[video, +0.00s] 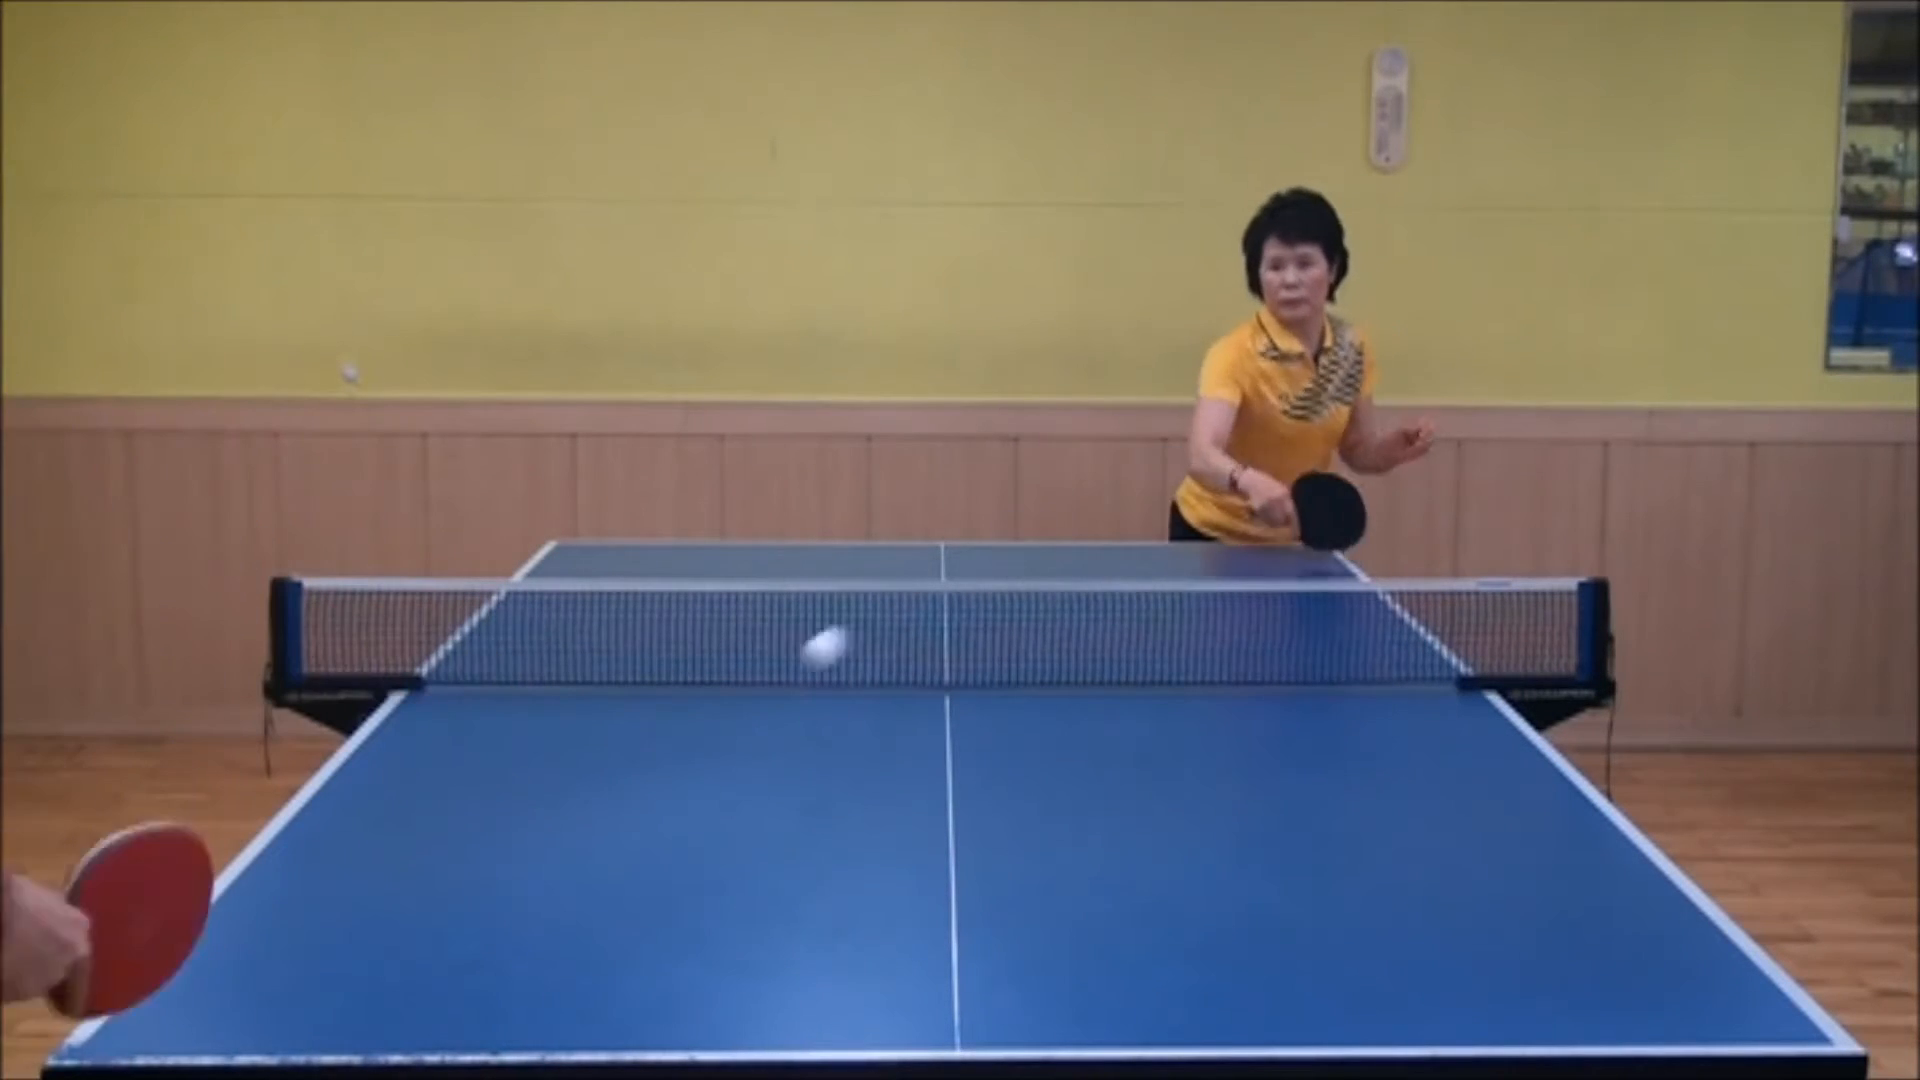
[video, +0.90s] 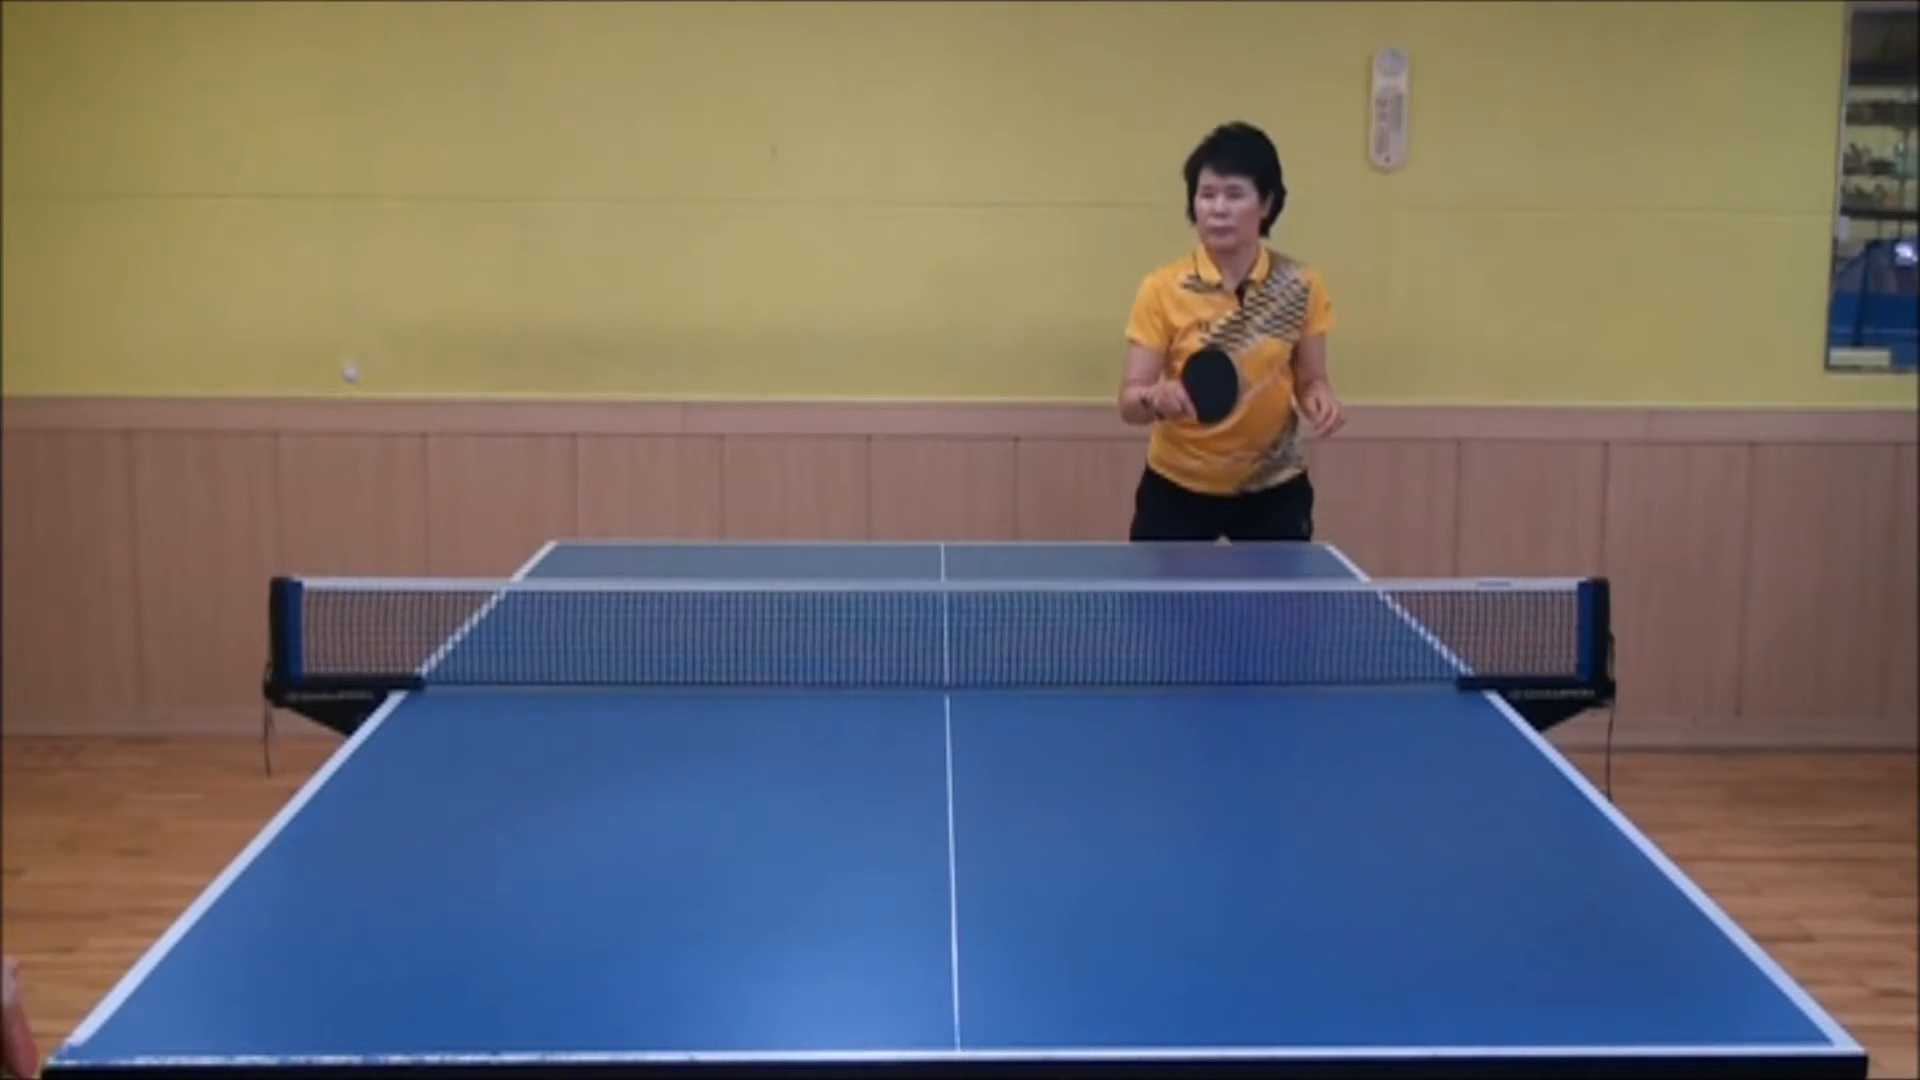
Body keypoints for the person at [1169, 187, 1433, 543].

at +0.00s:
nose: (1290, 280)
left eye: (1305, 264)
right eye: (1276, 266)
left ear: (1333, 270)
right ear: (1257, 276)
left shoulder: (1351, 351)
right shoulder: (1235, 356)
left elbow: (1357, 450)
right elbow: (1203, 455)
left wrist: (1391, 450)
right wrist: (1249, 481)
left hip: (1300, 535)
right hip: (1216, 533)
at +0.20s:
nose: (1262, 245)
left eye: (1277, 229)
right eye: (1247, 232)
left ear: (1307, 236)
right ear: (1230, 243)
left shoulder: (1329, 320)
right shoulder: (1207, 329)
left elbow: (1340, 434)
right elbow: (1174, 441)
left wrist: (1372, 422)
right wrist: (1228, 444)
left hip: (1300, 524)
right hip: (1211, 527)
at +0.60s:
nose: (1259, 214)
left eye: (1275, 199)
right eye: (1248, 201)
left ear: (1308, 208)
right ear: (1233, 210)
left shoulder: (1344, 297)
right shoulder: (1204, 297)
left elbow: (1357, 394)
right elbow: (1172, 411)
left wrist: (1358, 408)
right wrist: (1200, 406)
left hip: (1312, 501)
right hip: (1218, 499)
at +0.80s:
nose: (1240, 206)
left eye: (1256, 192)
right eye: (1229, 192)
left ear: (1288, 201)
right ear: (1213, 201)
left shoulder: (1324, 285)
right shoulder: (1186, 287)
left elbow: (1334, 377)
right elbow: (1152, 402)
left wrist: (1341, 396)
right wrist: (1177, 394)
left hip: (1294, 492)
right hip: (1199, 490)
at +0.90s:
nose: (1219, 208)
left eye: (1235, 194)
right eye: (1208, 194)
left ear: (1267, 205)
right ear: (1192, 203)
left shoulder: (1300, 289)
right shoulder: (1162, 291)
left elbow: (1312, 379)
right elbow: (1130, 404)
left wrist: (1321, 401)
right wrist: (1154, 397)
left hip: (1272, 495)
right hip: (1178, 492)